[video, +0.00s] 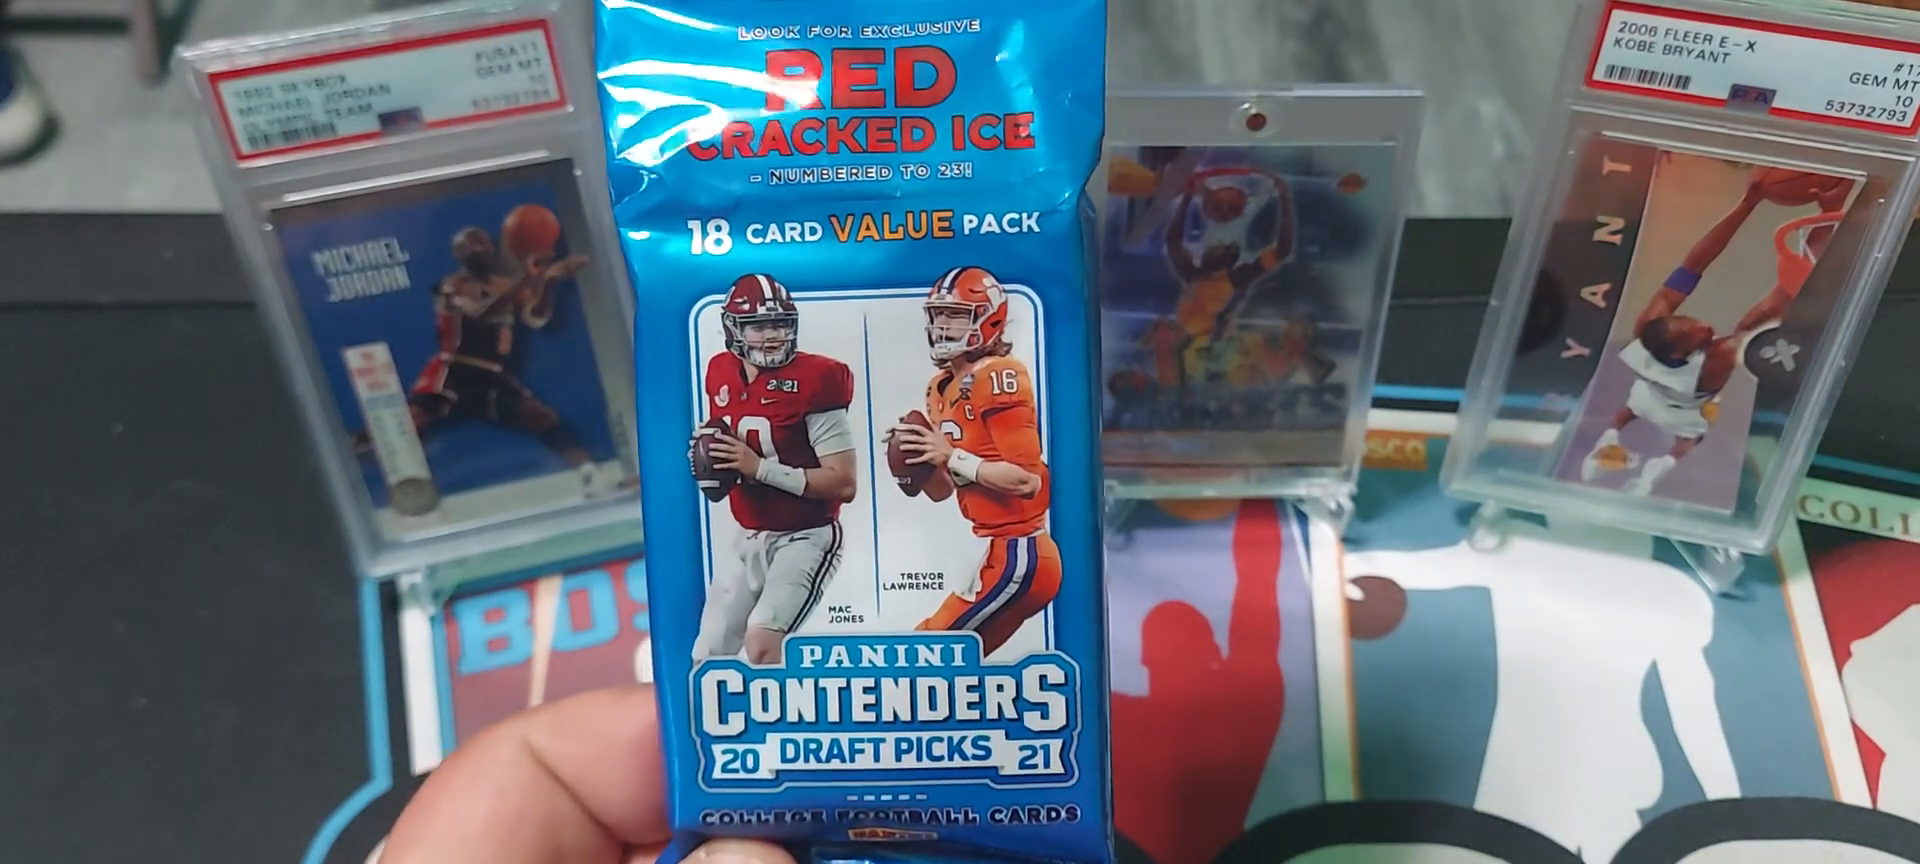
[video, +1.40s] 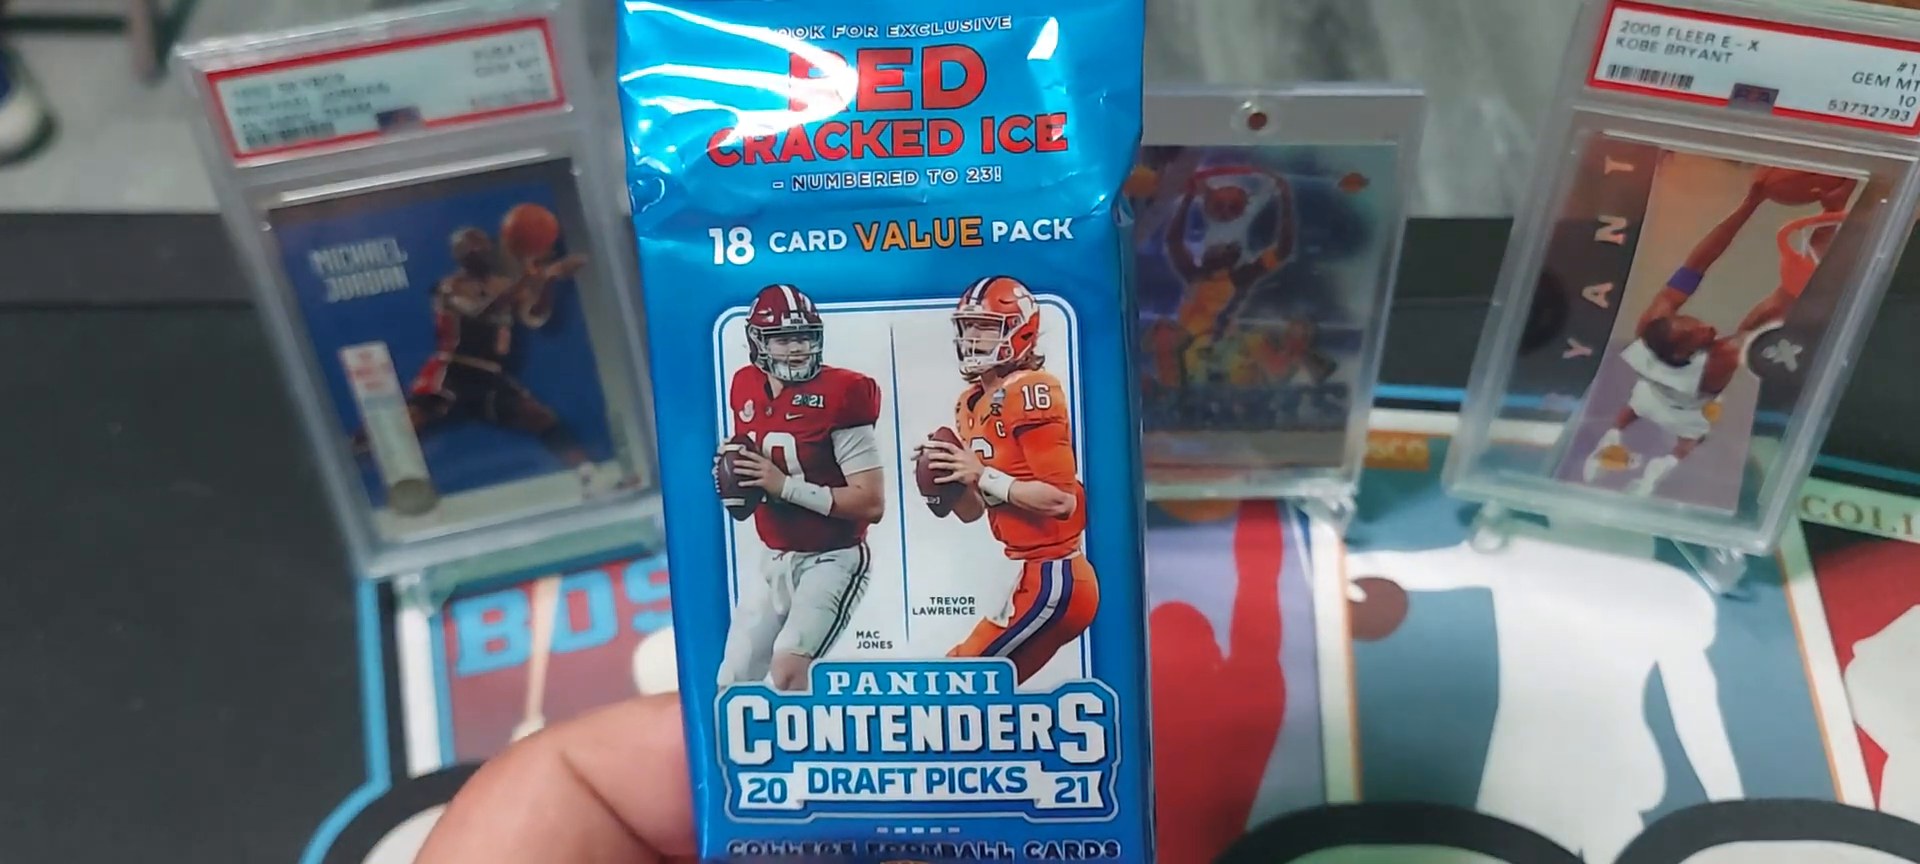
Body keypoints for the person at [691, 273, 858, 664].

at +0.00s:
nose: (770, 335)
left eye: (778, 325)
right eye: (757, 326)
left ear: (791, 326)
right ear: (734, 329)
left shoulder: (818, 379)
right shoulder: (721, 371)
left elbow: (843, 484)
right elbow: (718, 436)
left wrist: (759, 467)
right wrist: (704, 452)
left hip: (808, 538)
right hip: (747, 539)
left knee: (760, 646)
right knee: (707, 657)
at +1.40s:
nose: (795, 349)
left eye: (803, 338)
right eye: (783, 339)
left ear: (817, 339)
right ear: (759, 342)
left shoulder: (844, 393)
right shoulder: (746, 385)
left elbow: (871, 503)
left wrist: (784, 485)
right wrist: (730, 470)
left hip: (835, 559)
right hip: (774, 561)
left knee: (787, 673)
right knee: (733, 682)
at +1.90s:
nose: (812, 379)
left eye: (821, 368)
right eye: (799, 369)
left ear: (833, 370)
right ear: (775, 372)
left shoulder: (861, 424)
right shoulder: (762, 415)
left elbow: (886, 535)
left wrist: (799, 515)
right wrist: (745, 502)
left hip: (850, 589)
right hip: (788, 591)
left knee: (800, 703)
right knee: (745, 714)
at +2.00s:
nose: (813, 366)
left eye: (821, 355)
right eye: (800, 356)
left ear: (834, 357)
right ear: (776, 359)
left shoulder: (860, 411)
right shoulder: (762, 402)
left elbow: (885, 521)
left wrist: (798, 502)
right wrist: (745, 490)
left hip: (849, 576)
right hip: (788, 578)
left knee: (799, 689)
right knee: (744, 701)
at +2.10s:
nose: (789, 353)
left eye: (798, 342)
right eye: (777, 343)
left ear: (811, 343)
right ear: (752, 346)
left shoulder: (839, 398)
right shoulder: (739, 390)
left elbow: (863, 508)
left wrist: (775, 490)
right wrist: (724, 480)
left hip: (828, 564)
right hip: (767, 567)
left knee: (779, 678)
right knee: (724, 690)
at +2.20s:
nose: (765, 349)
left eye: (773, 338)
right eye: (752, 339)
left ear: (787, 339)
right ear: (728, 343)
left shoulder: (816, 395)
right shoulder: (716, 387)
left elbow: (843, 506)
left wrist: (755, 488)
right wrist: (702, 478)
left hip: (808, 561)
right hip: (746, 564)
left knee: (760, 677)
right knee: (705, 690)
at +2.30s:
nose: (781, 366)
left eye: (790, 354)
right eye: (767, 356)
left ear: (804, 357)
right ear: (745, 361)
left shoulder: (834, 413)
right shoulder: (735, 404)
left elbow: (862, 524)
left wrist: (773, 506)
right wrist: (720, 499)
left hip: (827, 581)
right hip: (766, 583)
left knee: (780, 694)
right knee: (724, 705)